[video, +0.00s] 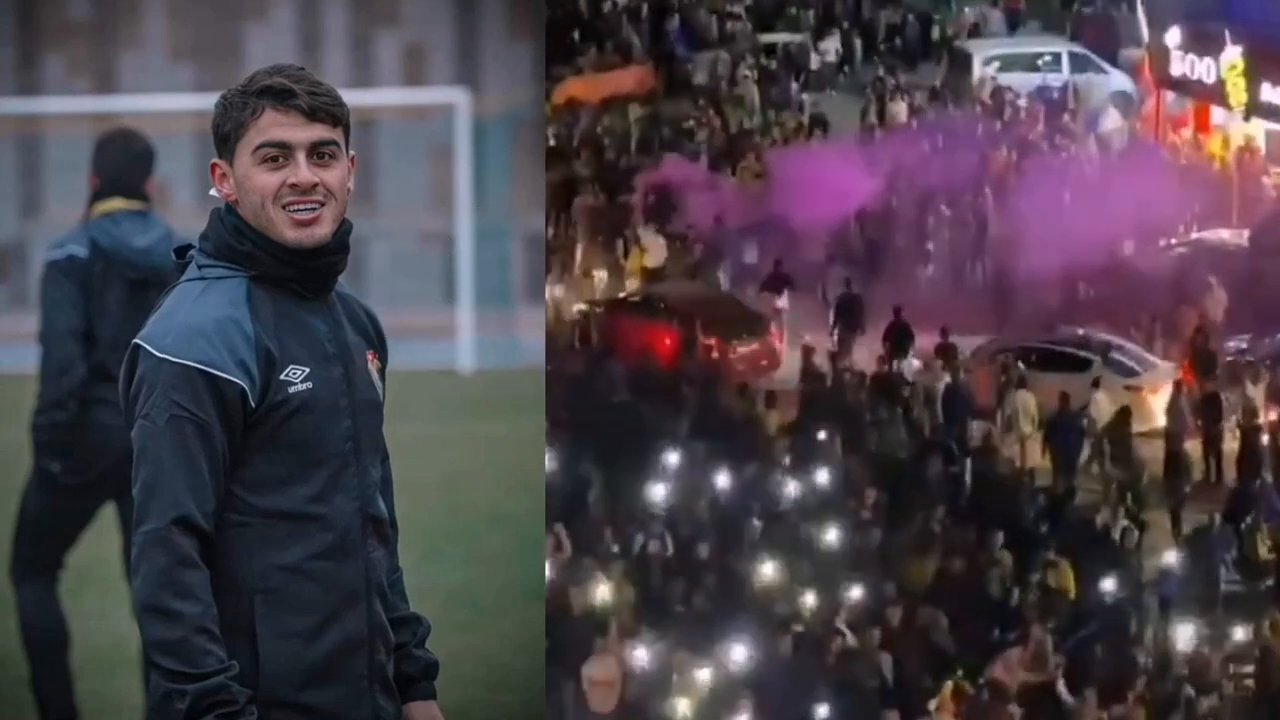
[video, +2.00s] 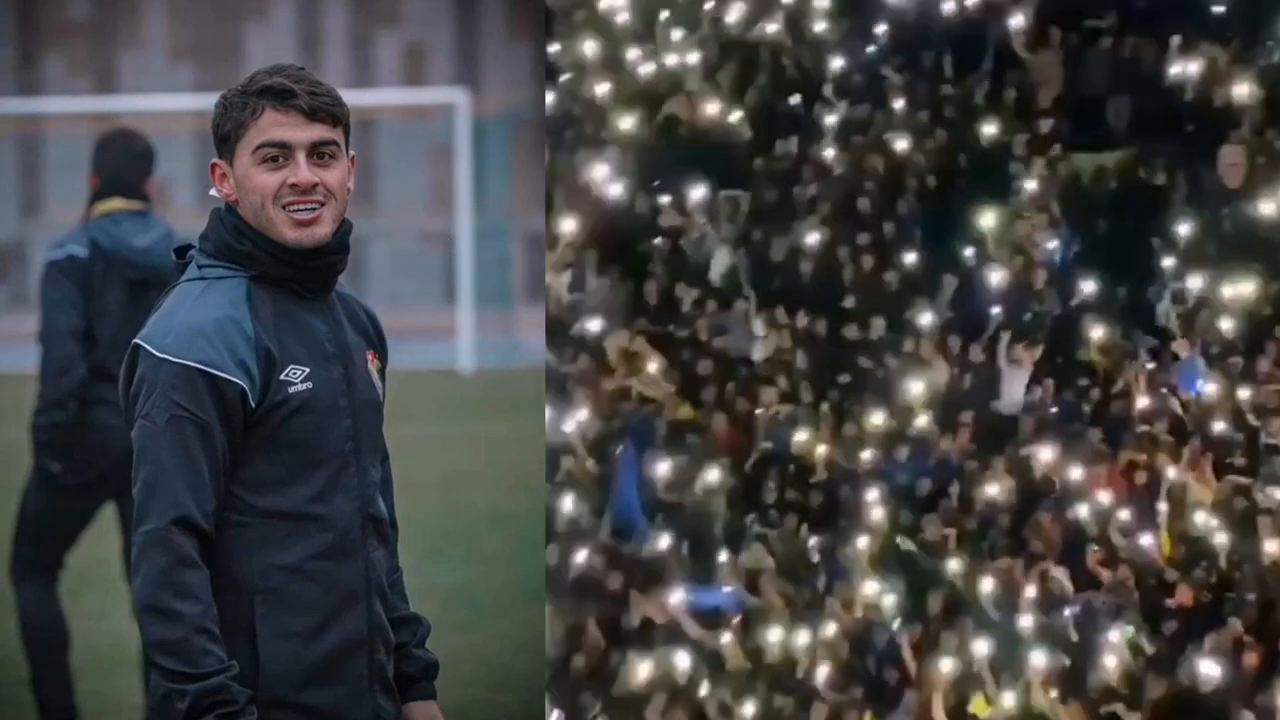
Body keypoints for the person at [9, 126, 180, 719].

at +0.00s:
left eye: (93, 173)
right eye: (150, 178)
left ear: (94, 180)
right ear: (152, 185)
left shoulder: (73, 253)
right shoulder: (178, 254)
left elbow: (65, 362)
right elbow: (190, 351)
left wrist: (51, 440)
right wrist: (174, 428)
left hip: (88, 448)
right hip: (158, 447)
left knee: (34, 569)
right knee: (156, 580)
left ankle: (57, 709)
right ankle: (167, 706)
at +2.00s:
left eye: (93, 173)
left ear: (94, 180)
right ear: (152, 185)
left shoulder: (74, 253)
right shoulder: (178, 254)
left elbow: (65, 361)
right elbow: (190, 351)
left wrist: (51, 438)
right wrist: (174, 427)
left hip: (88, 447)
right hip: (158, 446)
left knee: (34, 569)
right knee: (157, 580)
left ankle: (57, 708)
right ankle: (167, 705)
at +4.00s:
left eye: (92, 173)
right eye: (150, 178)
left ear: (94, 180)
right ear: (152, 185)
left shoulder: (73, 254)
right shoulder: (178, 255)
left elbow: (65, 363)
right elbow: (191, 352)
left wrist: (51, 442)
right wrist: (175, 429)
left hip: (87, 449)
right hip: (158, 448)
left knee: (34, 570)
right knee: (157, 580)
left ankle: (57, 707)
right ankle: (167, 704)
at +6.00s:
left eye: (92, 174)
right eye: (150, 178)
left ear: (94, 180)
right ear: (152, 185)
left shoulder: (73, 254)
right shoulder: (178, 255)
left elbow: (65, 363)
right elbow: (190, 351)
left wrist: (51, 441)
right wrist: (175, 428)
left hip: (87, 448)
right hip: (158, 447)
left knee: (33, 569)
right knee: (157, 580)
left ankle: (56, 707)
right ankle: (167, 704)